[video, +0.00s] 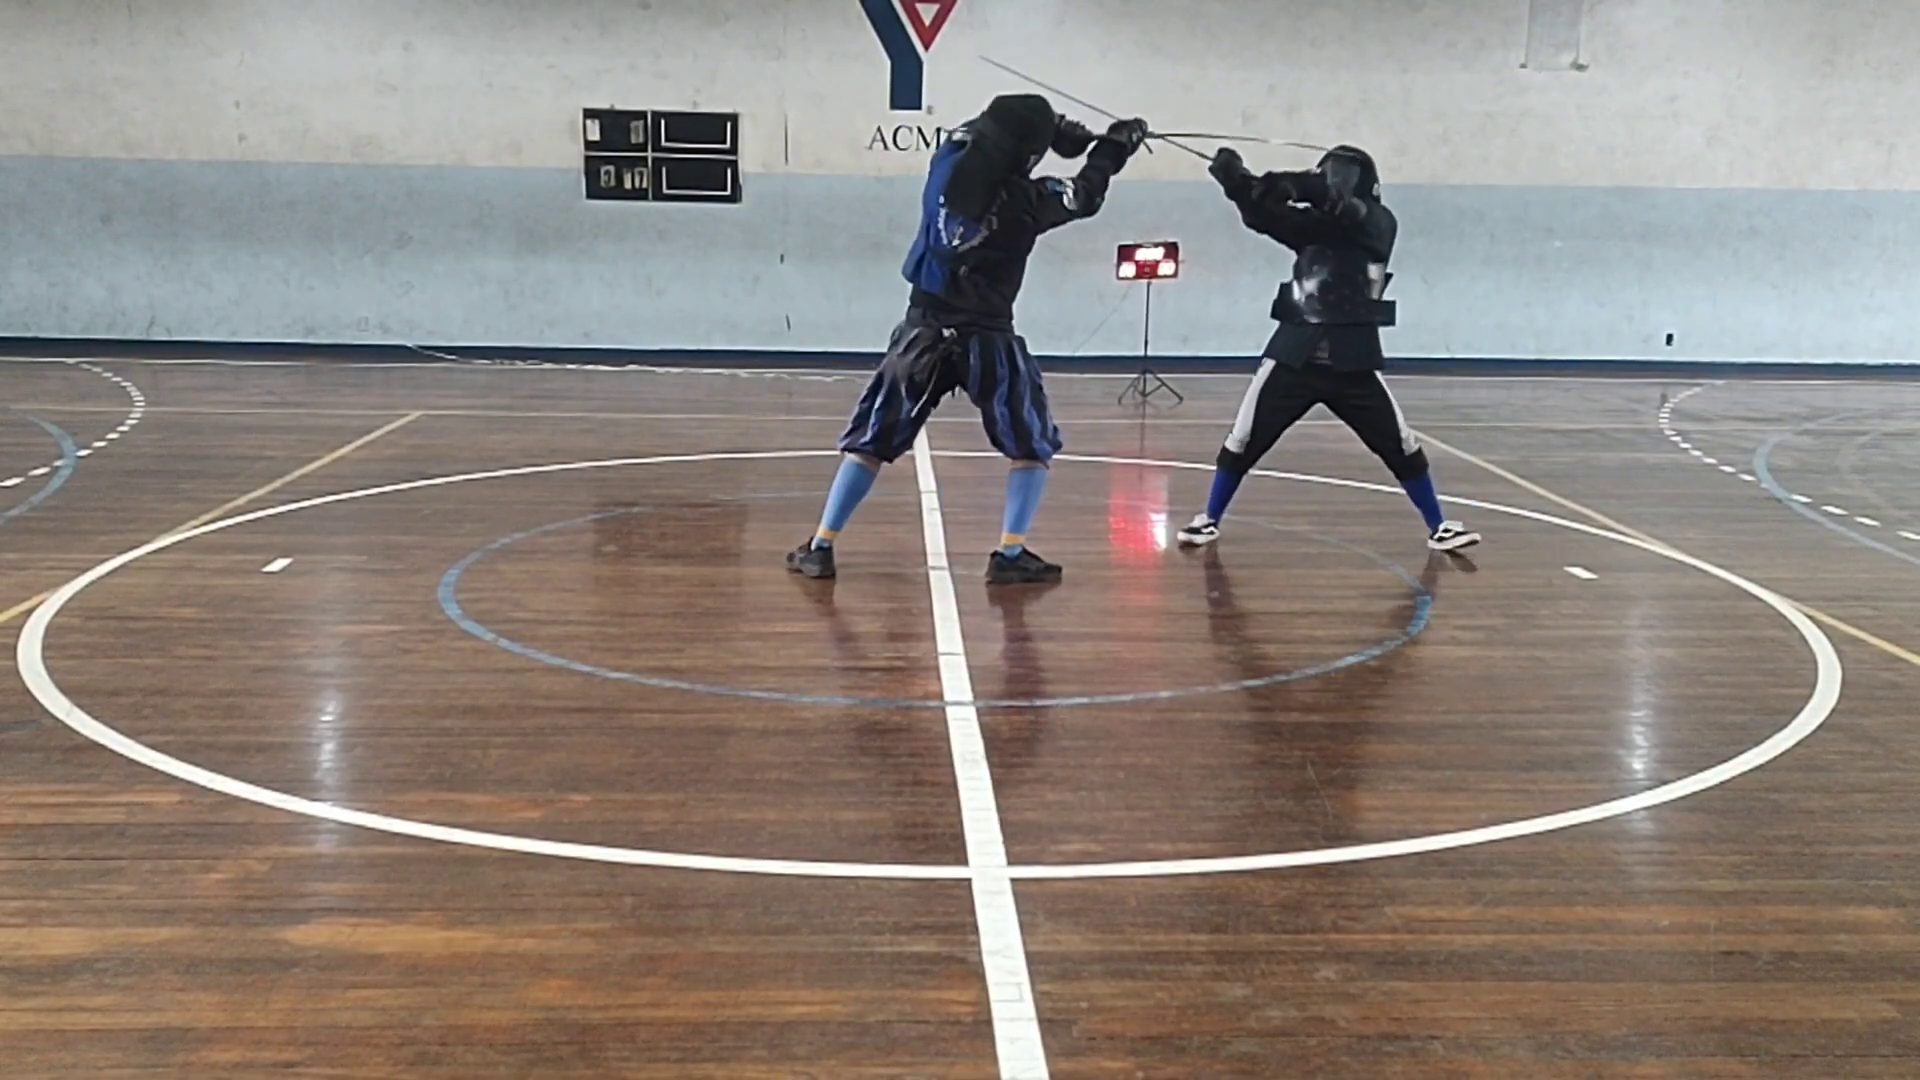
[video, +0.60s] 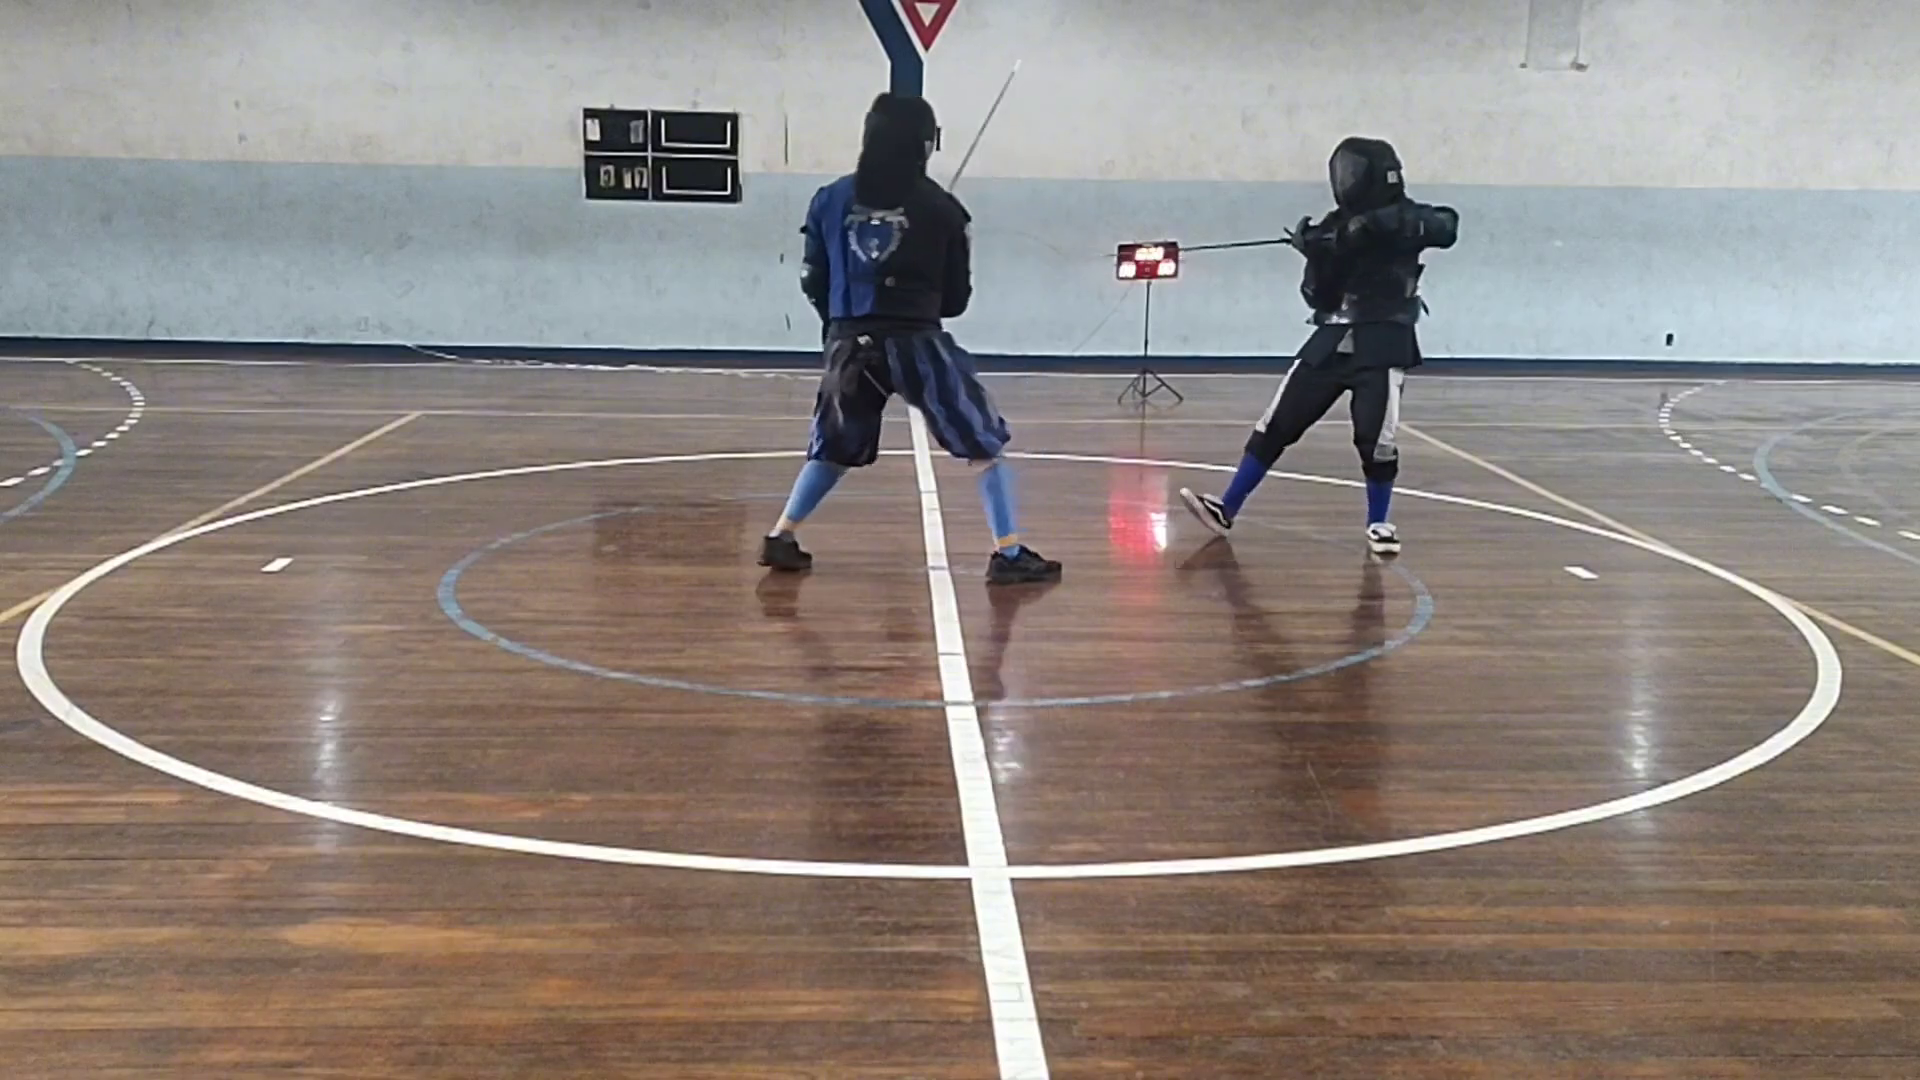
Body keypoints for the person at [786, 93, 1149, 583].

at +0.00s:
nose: (1041, 155)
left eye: (1042, 145)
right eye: (1038, 146)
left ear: (989, 129)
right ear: (1027, 149)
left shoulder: (946, 160)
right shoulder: (1027, 199)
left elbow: (1000, 122)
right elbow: (1084, 196)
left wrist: (1070, 136)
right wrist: (1114, 145)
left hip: (922, 328)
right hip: (989, 337)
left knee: (874, 434)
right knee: (1032, 441)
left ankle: (820, 546)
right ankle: (1010, 553)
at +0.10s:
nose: (1039, 148)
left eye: (1038, 141)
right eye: (1038, 141)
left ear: (983, 126)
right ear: (1028, 144)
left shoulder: (940, 162)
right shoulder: (1026, 194)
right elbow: (1072, 244)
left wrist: (1032, 184)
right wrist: (1081, 195)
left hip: (919, 330)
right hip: (985, 337)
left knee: (873, 434)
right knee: (1030, 441)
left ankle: (820, 545)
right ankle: (1011, 550)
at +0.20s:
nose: (1033, 159)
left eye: (1034, 148)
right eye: (1034, 149)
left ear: (977, 129)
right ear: (1026, 151)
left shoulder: (927, 170)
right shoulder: (1026, 208)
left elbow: (900, 239)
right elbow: (1040, 288)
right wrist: (1038, 236)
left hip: (918, 332)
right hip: (987, 339)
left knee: (873, 434)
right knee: (1031, 440)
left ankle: (819, 546)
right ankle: (1011, 551)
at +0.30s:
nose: (1026, 158)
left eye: (1027, 148)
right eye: (1026, 148)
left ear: (967, 133)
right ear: (1018, 152)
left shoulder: (914, 184)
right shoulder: (1022, 218)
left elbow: (887, 258)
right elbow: (1016, 306)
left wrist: (908, 304)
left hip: (911, 337)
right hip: (981, 343)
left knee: (864, 434)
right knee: (1030, 440)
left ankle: (819, 546)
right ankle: (1011, 552)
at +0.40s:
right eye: (999, 148)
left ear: (941, 136)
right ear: (995, 151)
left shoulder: (893, 195)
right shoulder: (1008, 220)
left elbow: (869, 273)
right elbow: (1006, 307)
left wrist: (882, 326)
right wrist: (957, 317)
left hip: (899, 338)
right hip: (972, 344)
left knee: (851, 432)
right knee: (1024, 440)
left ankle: (807, 539)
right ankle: (1011, 551)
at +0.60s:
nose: (934, 146)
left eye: (931, 137)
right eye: (932, 138)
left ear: (870, 138)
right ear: (925, 144)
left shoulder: (830, 199)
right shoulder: (941, 207)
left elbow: (815, 282)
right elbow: (955, 300)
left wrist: (845, 320)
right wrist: (906, 303)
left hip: (850, 340)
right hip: (918, 341)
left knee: (835, 442)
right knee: (983, 437)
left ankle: (782, 534)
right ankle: (1009, 549)